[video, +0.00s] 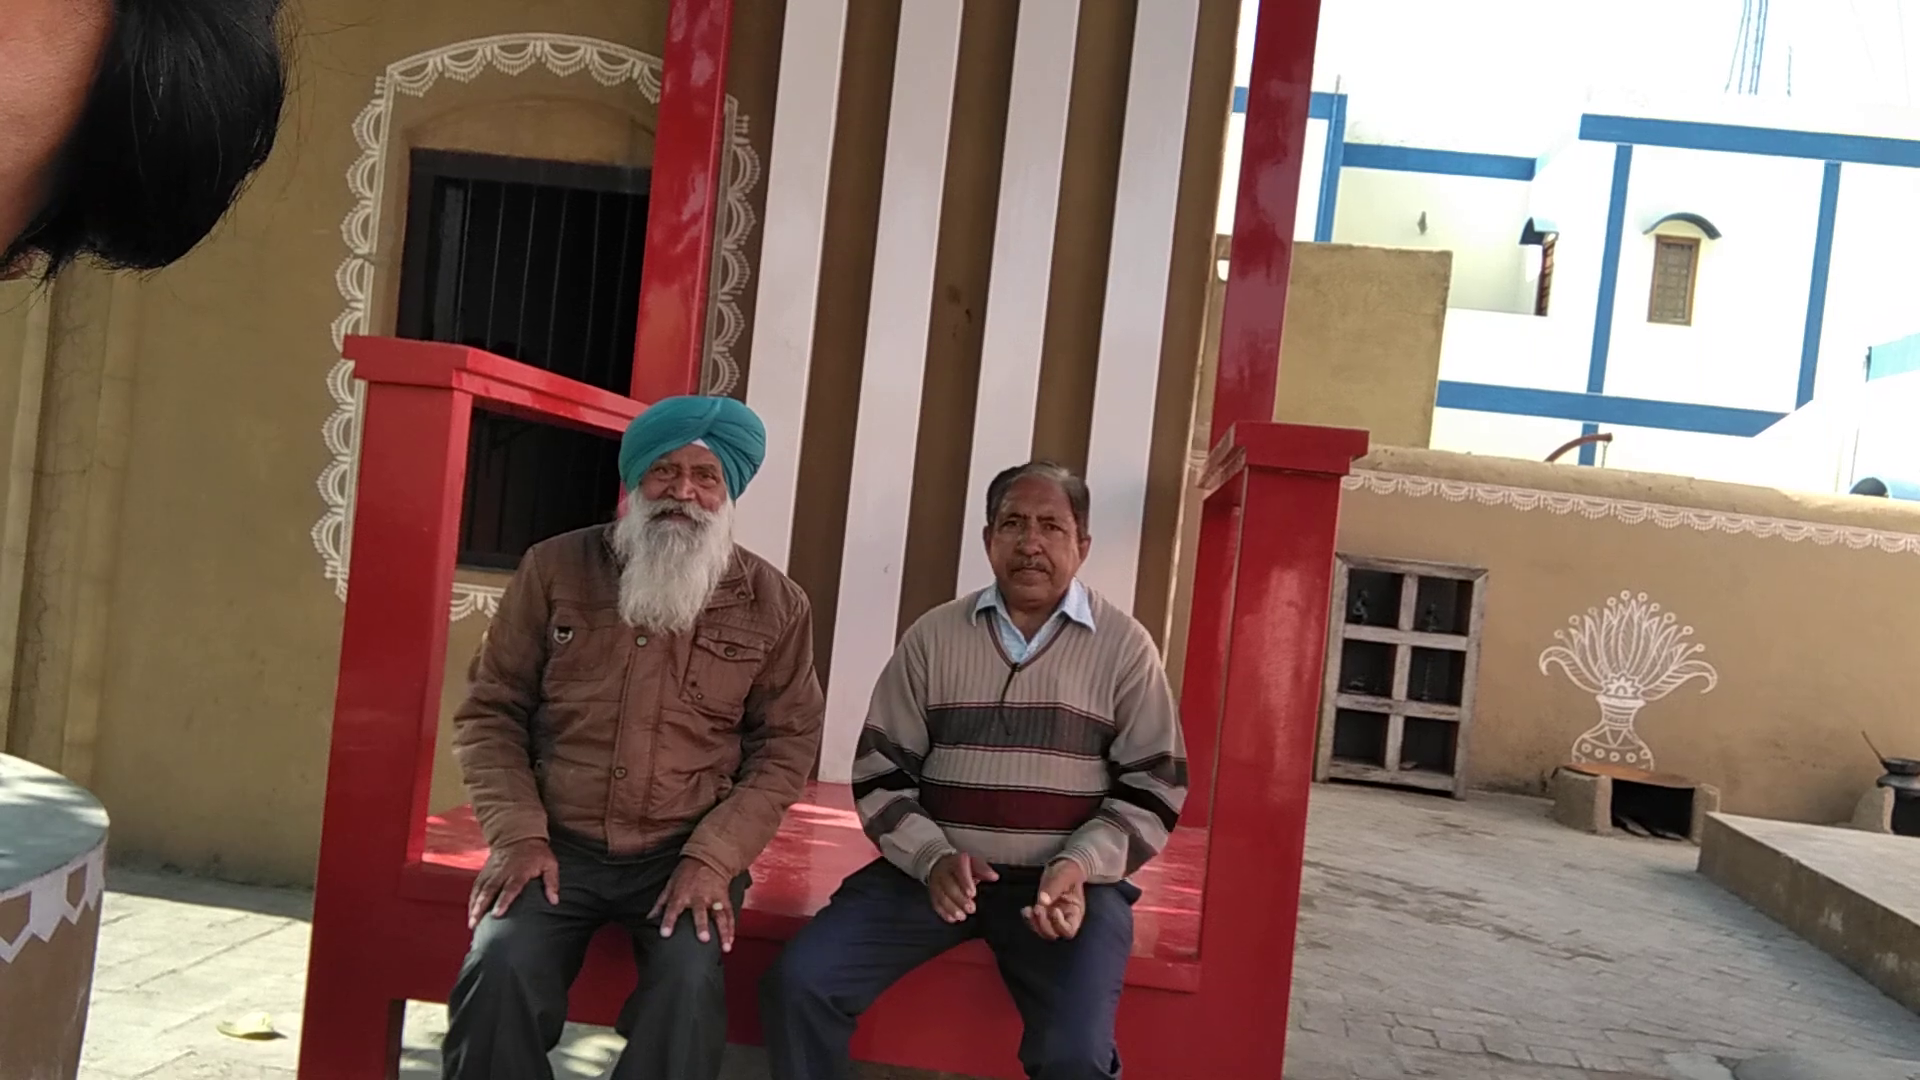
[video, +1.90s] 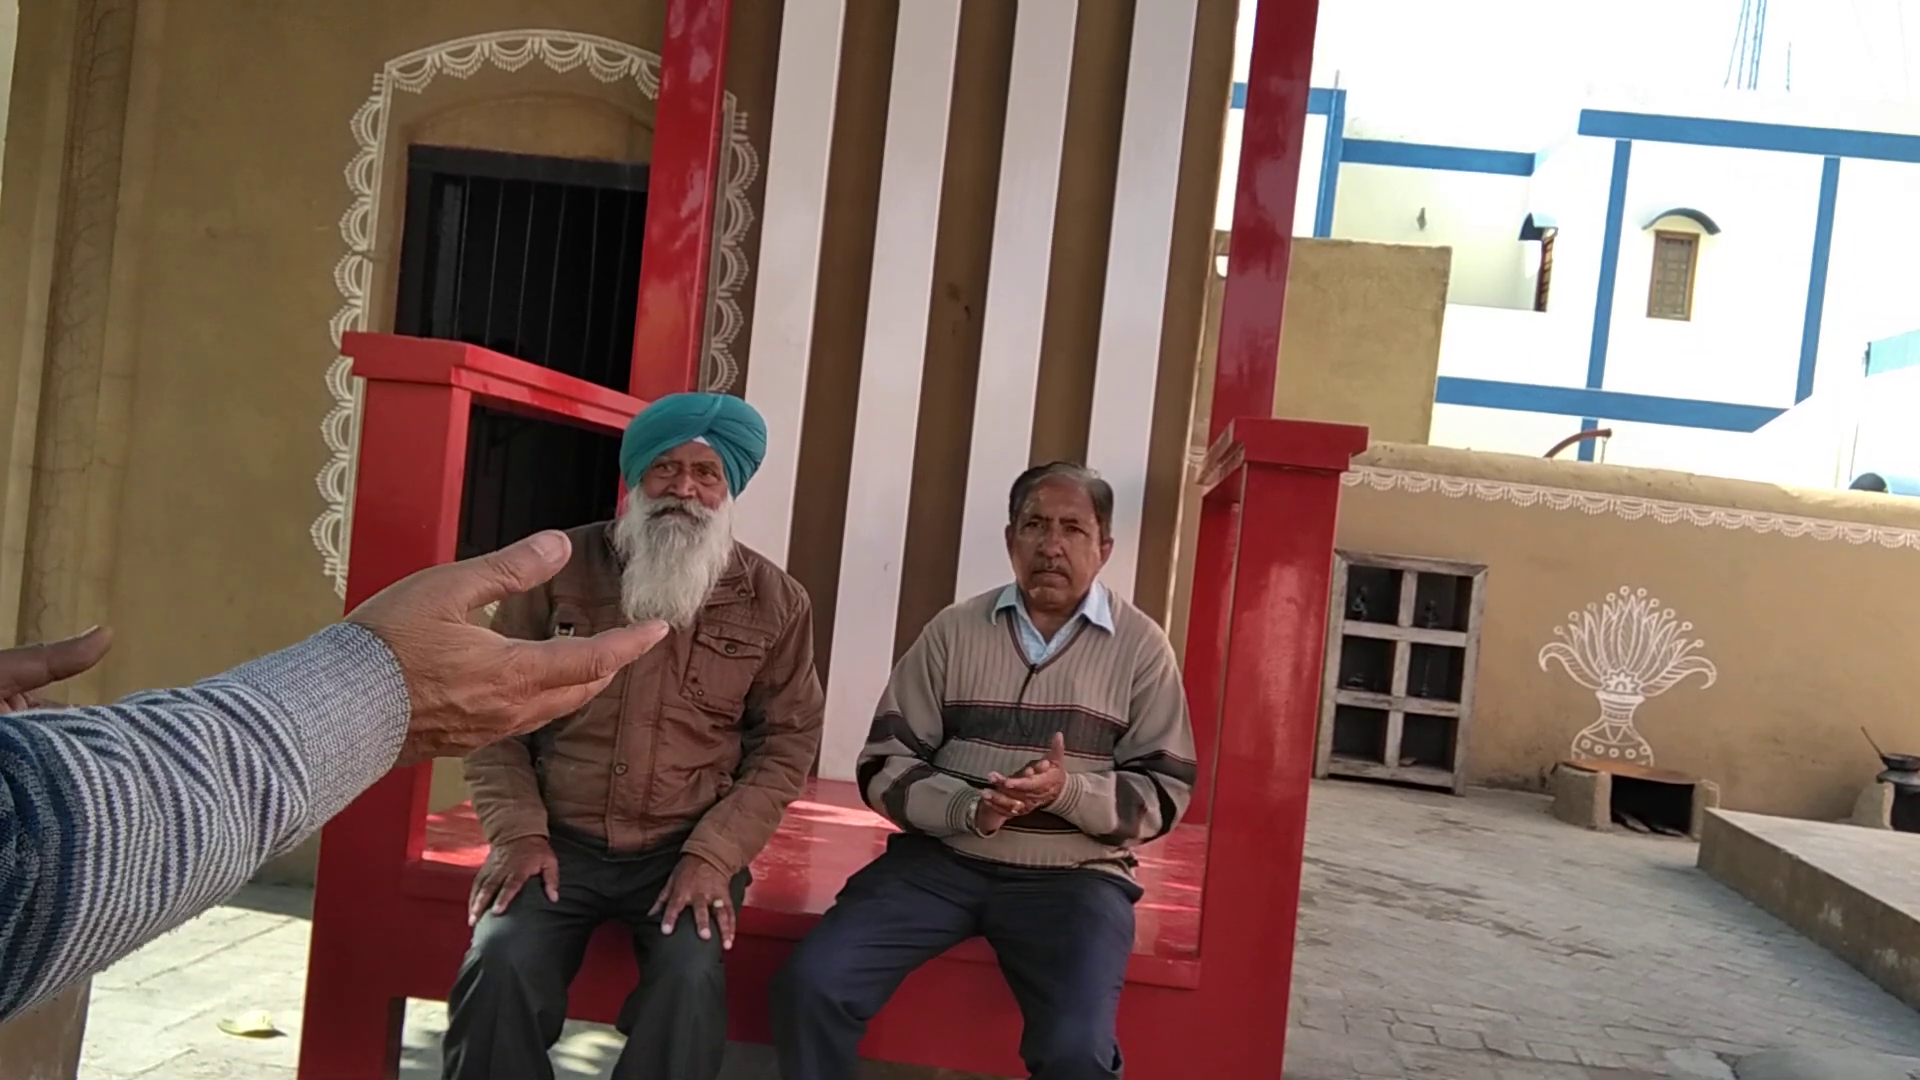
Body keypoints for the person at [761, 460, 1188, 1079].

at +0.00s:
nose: (1031, 542)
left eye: (1050, 526)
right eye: (1013, 524)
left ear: (1082, 547)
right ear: (989, 541)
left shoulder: (1126, 649)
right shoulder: (933, 637)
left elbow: (1153, 783)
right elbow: (879, 771)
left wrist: (1080, 862)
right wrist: (932, 859)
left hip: (1069, 887)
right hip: (929, 870)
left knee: (1075, 1054)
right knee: (799, 987)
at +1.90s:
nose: (1052, 545)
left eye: (1073, 530)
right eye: (1037, 526)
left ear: (1104, 551)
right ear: (1010, 542)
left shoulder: (1143, 648)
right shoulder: (951, 632)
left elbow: (1163, 794)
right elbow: (882, 764)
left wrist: (1068, 792)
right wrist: (967, 805)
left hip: (1075, 879)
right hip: (937, 861)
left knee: (1074, 1049)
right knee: (810, 988)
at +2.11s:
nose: (1053, 547)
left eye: (1074, 532)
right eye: (1037, 528)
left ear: (1104, 553)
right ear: (1011, 543)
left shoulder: (1143, 651)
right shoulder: (951, 634)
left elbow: (1161, 797)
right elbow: (884, 766)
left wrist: (1066, 792)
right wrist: (965, 809)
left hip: (1074, 883)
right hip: (936, 864)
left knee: (1073, 1050)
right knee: (808, 988)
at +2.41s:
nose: (1048, 545)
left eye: (1069, 529)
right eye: (1033, 526)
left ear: (1101, 551)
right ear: (1008, 541)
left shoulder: (1141, 649)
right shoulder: (950, 633)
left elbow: (1160, 794)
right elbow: (884, 766)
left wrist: (1062, 796)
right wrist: (962, 810)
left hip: (1073, 880)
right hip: (936, 863)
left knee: (1075, 1051)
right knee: (806, 986)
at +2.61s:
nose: (1044, 545)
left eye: (1065, 530)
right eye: (1029, 526)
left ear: (1097, 551)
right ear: (1005, 542)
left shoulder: (1139, 649)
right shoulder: (947, 636)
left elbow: (1160, 793)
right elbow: (883, 767)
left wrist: (1062, 801)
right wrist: (961, 815)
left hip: (1073, 880)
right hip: (936, 863)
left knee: (1074, 1051)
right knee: (807, 984)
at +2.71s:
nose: (1041, 544)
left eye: (1061, 528)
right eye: (1025, 525)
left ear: (1095, 550)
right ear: (1002, 542)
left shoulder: (1138, 650)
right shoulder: (944, 635)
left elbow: (1158, 795)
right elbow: (881, 768)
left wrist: (1058, 807)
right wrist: (963, 820)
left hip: (1073, 878)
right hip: (934, 862)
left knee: (1072, 1038)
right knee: (813, 973)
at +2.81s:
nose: (1035, 551)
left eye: (1057, 535)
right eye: (1018, 532)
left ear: (1091, 555)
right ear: (996, 546)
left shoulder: (1134, 655)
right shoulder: (940, 641)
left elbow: (1144, 804)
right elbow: (881, 776)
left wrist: (1044, 827)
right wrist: (951, 833)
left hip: (1071, 879)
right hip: (934, 863)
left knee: (1071, 1019)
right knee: (817, 959)